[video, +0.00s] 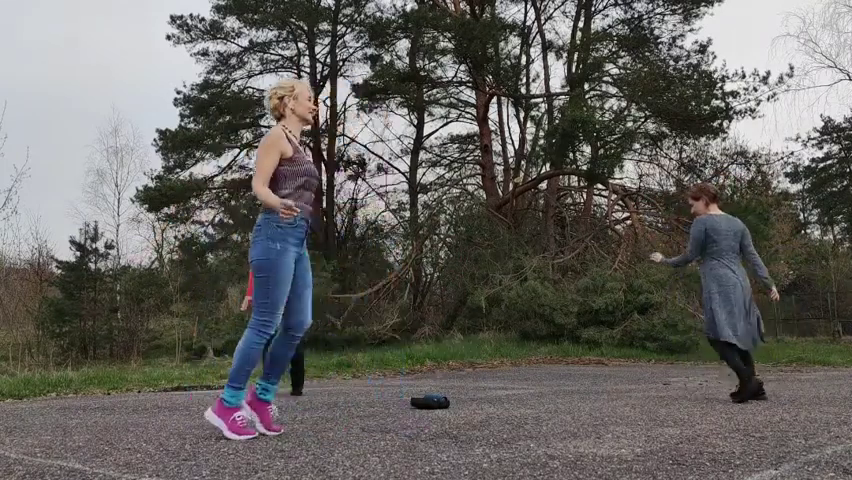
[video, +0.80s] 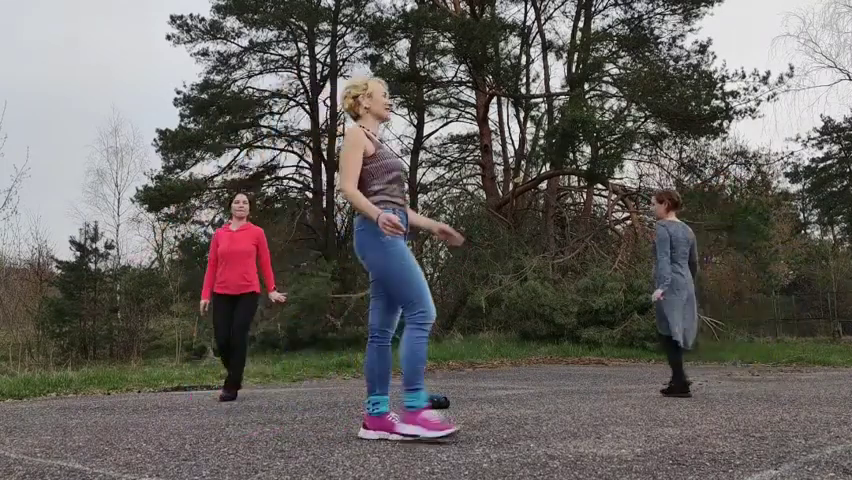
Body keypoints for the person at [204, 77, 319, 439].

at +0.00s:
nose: (315, 105)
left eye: (314, 100)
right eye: (309, 100)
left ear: (295, 106)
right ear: (289, 104)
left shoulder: (297, 143)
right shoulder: (276, 138)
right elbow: (259, 186)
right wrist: (279, 204)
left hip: (297, 239)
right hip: (275, 236)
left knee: (298, 323)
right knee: (264, 324)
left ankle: (261, 399)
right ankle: (228, 404)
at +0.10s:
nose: (318, 106)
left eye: (317, 101)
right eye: (312, 100)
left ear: (299, 105)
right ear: (292, 103)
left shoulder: (298, 144)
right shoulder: (280, 135)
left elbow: (283, 189)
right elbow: (263, 184)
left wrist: (302, 206)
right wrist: (293, 201)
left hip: (295, 236)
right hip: (271, 233)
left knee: (321, 313)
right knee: (260, 322)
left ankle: (278, 386)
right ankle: (227, 405)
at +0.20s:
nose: (321, 101)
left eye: (320, 95)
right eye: (316, 95)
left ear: (301, 99)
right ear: (297, 99)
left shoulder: (300, 136)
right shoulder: (286, 128)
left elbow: (267, 184)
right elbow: (272, 176)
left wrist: (257, 219)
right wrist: (314, 189)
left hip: (299, 231)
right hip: (275, 228)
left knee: (332, 305)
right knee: (264, 318)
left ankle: (306, 389)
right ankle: (231, 403)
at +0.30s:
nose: (329, 105)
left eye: (328, 99)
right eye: (324, 98)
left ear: (309, 103)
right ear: (305, 101)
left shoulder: (299, 140)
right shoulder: (293, 131)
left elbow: (264, 190)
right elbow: (290, 180)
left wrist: (260, 230)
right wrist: (335, 183)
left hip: (308, 235)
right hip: (284, 231)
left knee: (335, 314)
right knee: (266, 322)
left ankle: (344, 400)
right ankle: (230, 404)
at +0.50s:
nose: (350, 113)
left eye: (348, 107)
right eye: (344, 106)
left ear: (330, 112)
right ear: (327, 110)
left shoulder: (330, 148)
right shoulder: (320, 140)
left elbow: (305, 201)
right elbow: (325, 189)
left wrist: (301, 240)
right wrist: (373, 195)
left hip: (344, 246)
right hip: (318, 243)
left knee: (353, 335)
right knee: (297, 330)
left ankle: (374, 415)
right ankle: (240, 401)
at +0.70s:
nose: (376, 101)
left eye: (374, 96)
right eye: (370, 96)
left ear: (356, 102)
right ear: (353, 102)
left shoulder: (363, 140)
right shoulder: (346, 135)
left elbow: (368, 193)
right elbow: (344, 187)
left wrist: (392, 210)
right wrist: (385, 208)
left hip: (378, 234)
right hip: (360, 234)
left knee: (375, 325)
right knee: (394, 321)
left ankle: (376, 414)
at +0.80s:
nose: (390, 101)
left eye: (389, 96)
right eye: (383, 95)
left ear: (373, 102)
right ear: (363, 101)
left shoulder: (379, 143)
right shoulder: (356, 133)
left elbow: (395, 206)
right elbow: (348, 188)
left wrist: (434, 226)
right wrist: (377, 214)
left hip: (390, 234)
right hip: (378, 233)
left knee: (381, 329)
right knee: (421, 314)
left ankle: (376, 415)